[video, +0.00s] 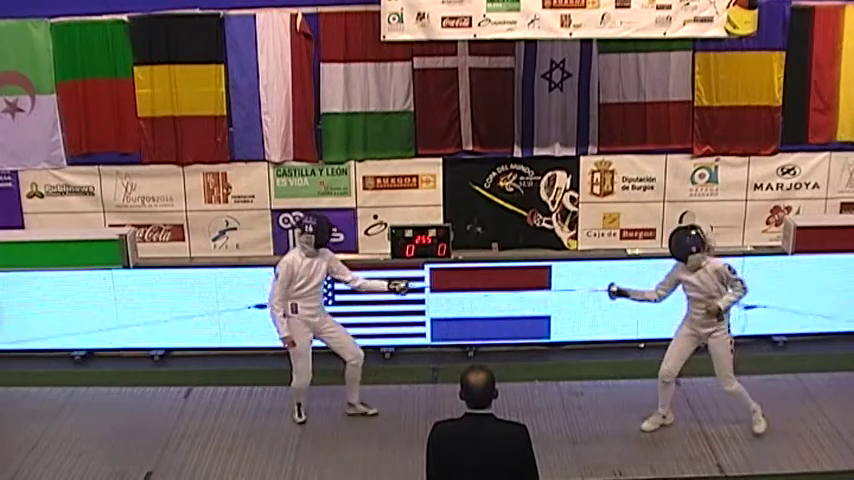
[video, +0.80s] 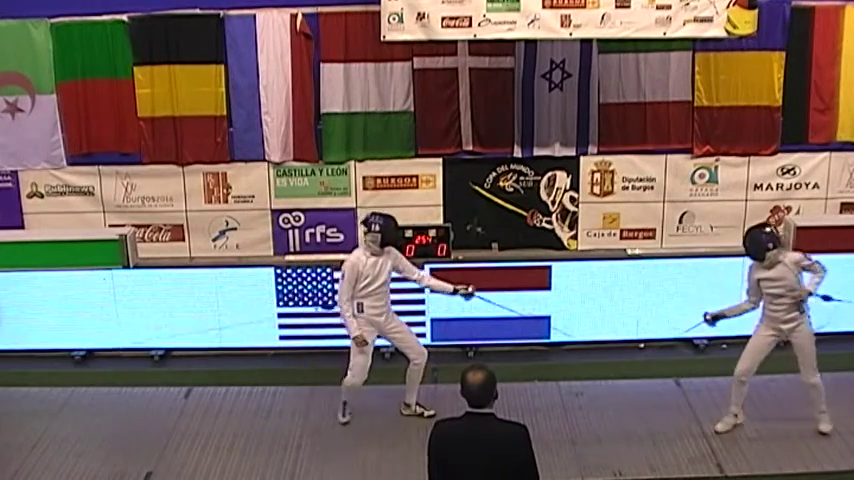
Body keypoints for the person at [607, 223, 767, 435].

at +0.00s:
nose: (685, 266)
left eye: (687, 261)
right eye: (683, 262)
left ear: (698, 253)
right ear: (682, 258)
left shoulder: (718, 268)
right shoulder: (680, 271)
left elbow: (739, 288)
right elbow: (657, 295)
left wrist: (722, 304)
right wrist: (624, 293)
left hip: (717, 330)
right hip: (690, 327)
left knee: (728, 384)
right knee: (666, 374)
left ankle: (755, 411)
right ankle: (663, 414)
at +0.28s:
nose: (701, 263)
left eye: (703, 258)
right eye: (698, 259)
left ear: (714, 249)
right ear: (697, 255)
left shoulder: (733, 258)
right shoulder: (696, 268)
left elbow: (758, 273)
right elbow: (678, 296)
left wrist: (745, 292)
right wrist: (644, 296)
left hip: (740, 321)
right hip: (712, 322)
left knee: (754, 376)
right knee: (686, 369)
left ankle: (769, 415)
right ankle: (672, 414)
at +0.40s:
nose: (714, 268)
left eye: (717, 263)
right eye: (712, 264)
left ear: (727, 255)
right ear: (710, 260)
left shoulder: (747, 268)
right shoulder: (709, 274)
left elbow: (771, 285)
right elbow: (694, 304)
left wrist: (755, 301)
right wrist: (662, 311)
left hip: (749, 330)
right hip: (721, 330)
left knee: (769, 379)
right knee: (694, 375)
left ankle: (797, 414)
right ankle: (691, 417)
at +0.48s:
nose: (728, 274)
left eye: (730, 270)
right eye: (725, 270)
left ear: (740, 263)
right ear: (724, 267)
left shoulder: (760, 277)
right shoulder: (721, 282)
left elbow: (781, 295)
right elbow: (710, 313)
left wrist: (765, 311)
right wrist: (678, 321)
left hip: (760, 338)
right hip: (731, 337)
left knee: (778, 388)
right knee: (697, 377)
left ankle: (808, 411)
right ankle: (691, 417)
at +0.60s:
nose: (747, 278)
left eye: (749, 274)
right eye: (744, 275)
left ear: (759, 265)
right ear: (742, 271)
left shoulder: (779, 277)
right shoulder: (742, 284)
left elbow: (804, 293)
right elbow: (738, 315)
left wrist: (790, 311)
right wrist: (707, 326)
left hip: (783, 339)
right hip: (754, 339)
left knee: (795, 390)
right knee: (716, 379)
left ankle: (810, 416)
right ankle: (694, 416)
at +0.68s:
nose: (754, 271)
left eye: (757, 266)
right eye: (751, 267)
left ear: (766, 257)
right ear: (749, 264)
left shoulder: (787, 267)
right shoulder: (749, 277)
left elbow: (814, 279)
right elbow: (748, 308)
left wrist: (803, 300)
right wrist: (716, 322)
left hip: (792, 332)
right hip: (763, 332)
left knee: (802, 383)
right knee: (728, 374)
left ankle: (812, 416)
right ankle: (705, 416)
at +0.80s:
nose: (760, 260)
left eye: (762, 256)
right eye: (757, 257)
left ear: (770, 248)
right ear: (754, 254)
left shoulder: (793, 259)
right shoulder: (755, 270)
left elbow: (819, 271)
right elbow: (752, 302)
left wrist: (808, 290)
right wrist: (720, 315)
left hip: (798, 325)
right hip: (768, 326)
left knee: (811, 378)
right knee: (741, 373)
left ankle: (822, 417)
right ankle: (735, 415)